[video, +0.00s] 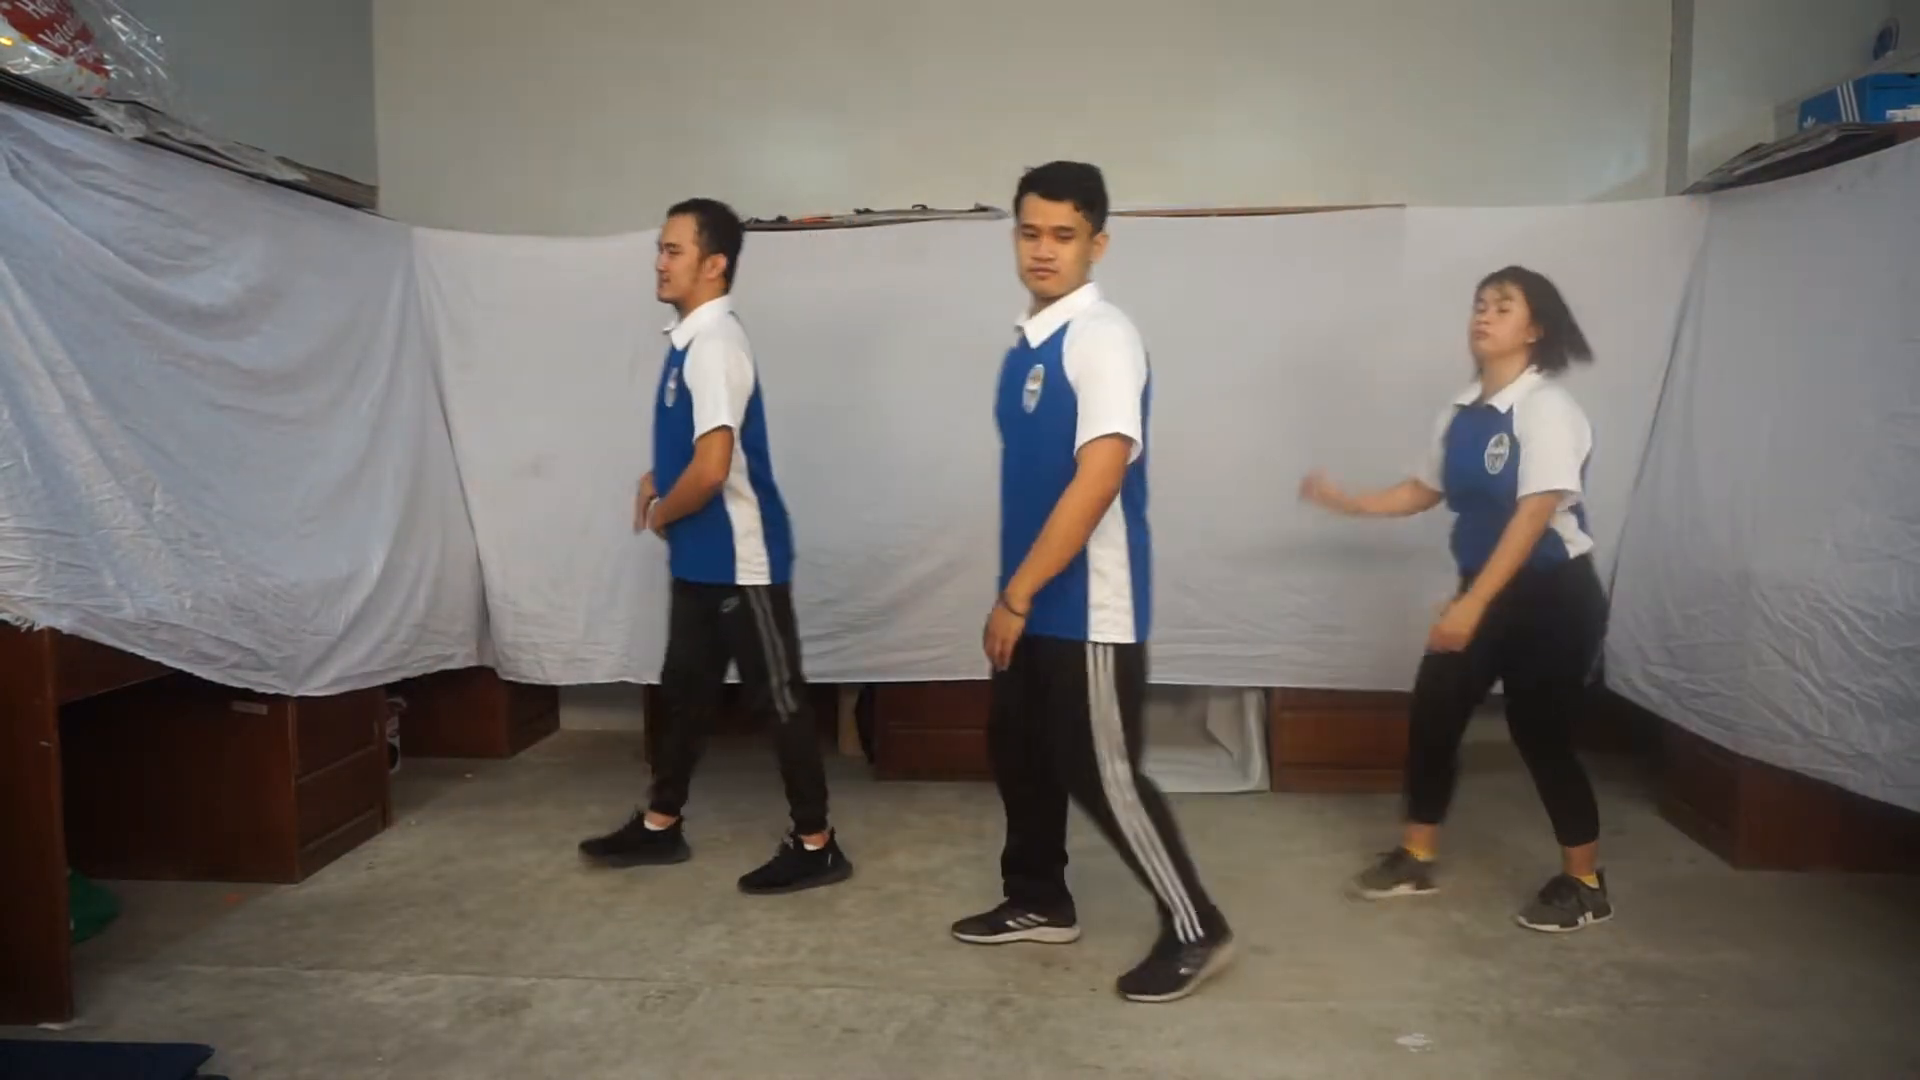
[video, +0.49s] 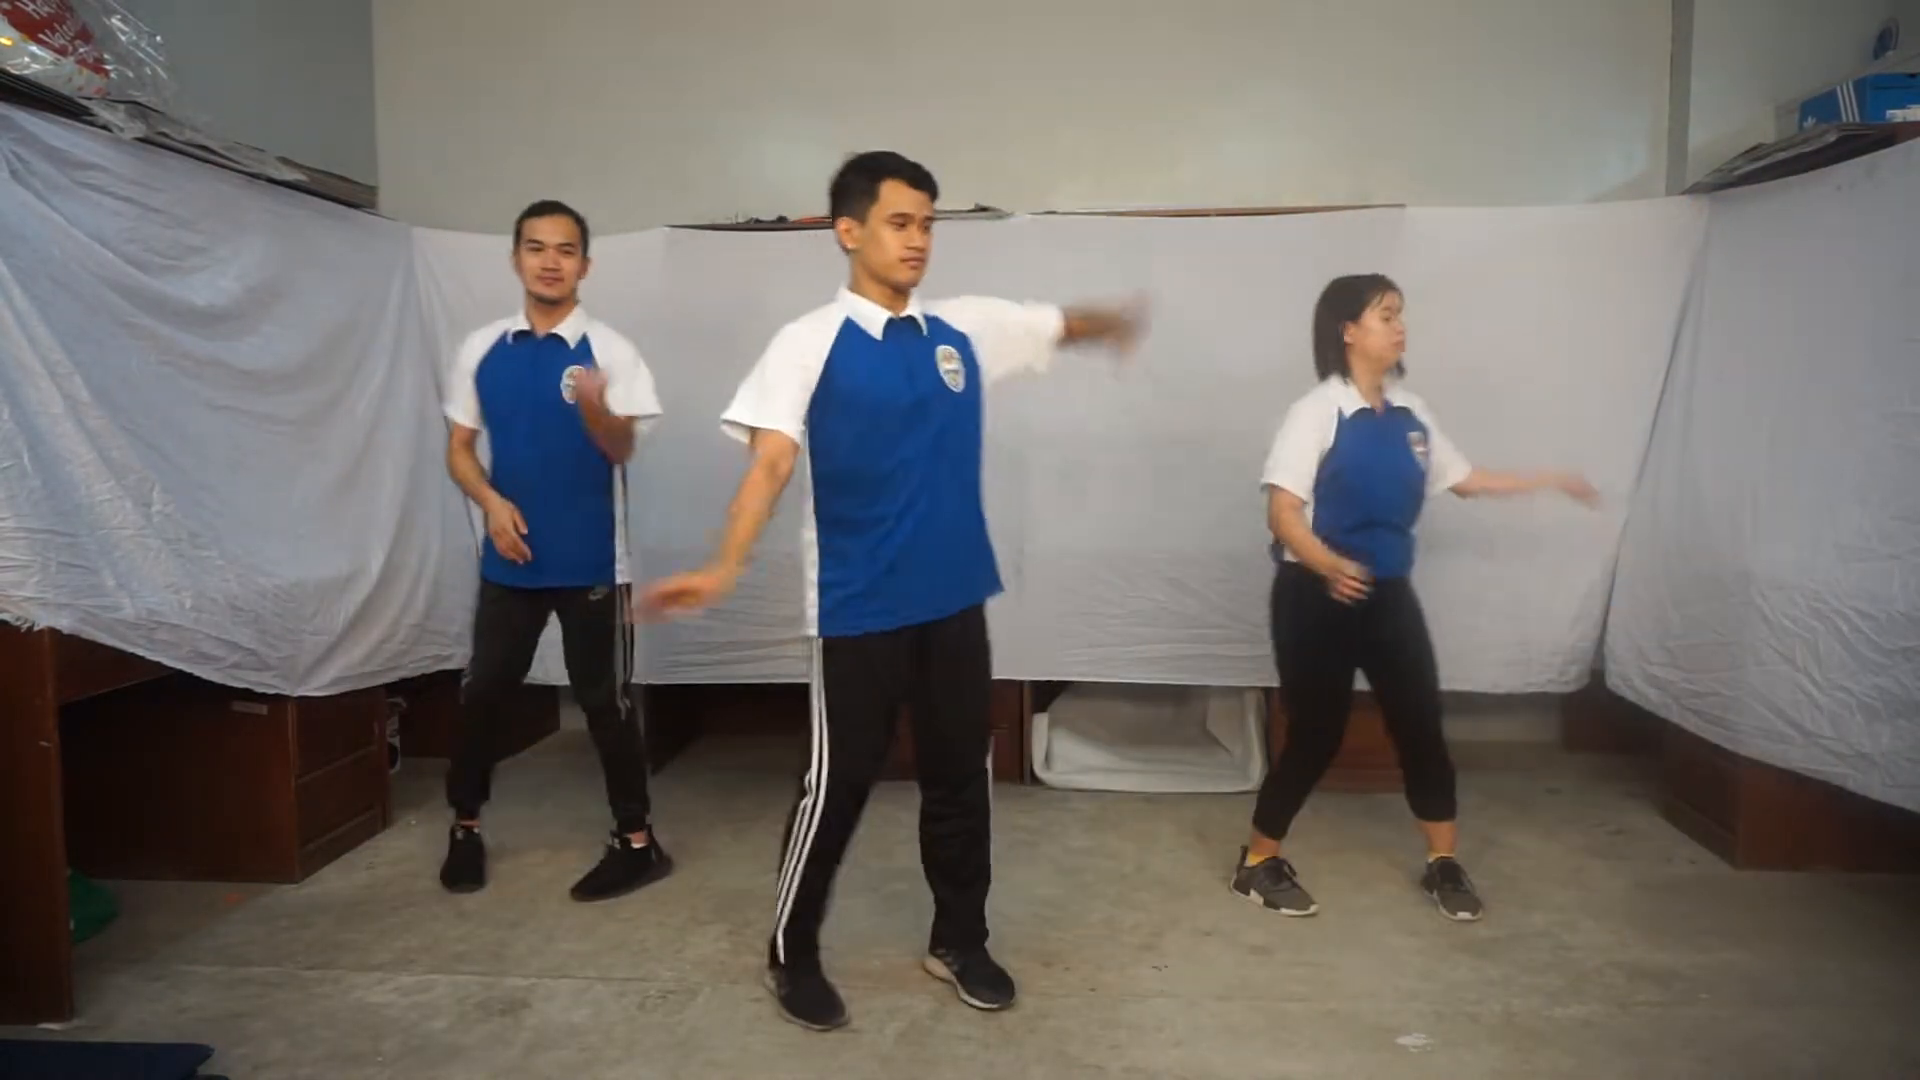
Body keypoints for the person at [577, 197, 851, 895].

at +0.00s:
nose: (659, 263)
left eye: (672, 251)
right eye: (659, 250)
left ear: (715, 264)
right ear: (699, 263)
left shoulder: (717, 341)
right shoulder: (689, 334)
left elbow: (712, 468)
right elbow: (697, 436)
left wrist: (663, 515)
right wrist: (655, 477)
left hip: (746, 559)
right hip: (700, 556)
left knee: (783, 702)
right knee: (684, 691)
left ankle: (815, 842)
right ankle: (661, 823)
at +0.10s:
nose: (641, 259)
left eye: (659, 248)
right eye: (635, 247)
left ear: (693, 261)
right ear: (629, 256)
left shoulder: (694, 340)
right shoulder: (646, 336)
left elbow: (700, 459)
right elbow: (645, 433)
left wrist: (639, 522)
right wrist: (613, 483)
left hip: (700, 558)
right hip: (650, 553)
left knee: (714, 697)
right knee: (651, 694)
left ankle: (793, 824)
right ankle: (655, 825)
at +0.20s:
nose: (620, 253)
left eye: (637, 242)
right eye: (610, 240)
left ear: (664, 256)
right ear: (597, 250)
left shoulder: (675, 338)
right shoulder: (601, 341)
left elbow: (693, 450)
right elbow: (601, 433)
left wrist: (616, 518)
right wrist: (565, 477)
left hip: (664, 557)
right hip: (609, 552)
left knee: (656, 694)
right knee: (620, 692)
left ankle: (700, 831)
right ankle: (647, 822)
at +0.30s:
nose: (595, 254)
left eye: (611, 243)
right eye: (584, 241)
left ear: (636, 256)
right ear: (569, 251)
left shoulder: (651, 336)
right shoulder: (561, 342)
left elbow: (685, 448)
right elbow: (546, 426)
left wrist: (598, 518)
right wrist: (523, 480)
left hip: (634, 556)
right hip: (570, 550)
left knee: (616, 698)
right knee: (550, 684)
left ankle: (635, 841)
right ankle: (623, 807)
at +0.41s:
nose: (571, 262)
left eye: (586, 251)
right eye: (559, 249)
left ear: (609, 264)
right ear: (541, 259)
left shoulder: (628, 348)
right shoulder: (524, 349)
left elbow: (667, 454)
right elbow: (496, 442)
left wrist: (585, 482)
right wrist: (489, 491)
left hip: (608, 567)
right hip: (536, 563)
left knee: (601, 701)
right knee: (500, 675)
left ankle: (638, 842)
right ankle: (533, 815)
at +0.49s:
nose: (550, 262)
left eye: (565, 251)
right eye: (536, 249)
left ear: (583, 263)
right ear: (516, 260)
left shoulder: (610, 349)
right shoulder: (482, 349)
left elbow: (621, 450)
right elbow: (459, 451)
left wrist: (596, 409)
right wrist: (491, 503)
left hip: (592, 566)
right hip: (512, 564)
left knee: (606, 704)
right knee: (482, 696)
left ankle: (636, 841)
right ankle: (465, 830)